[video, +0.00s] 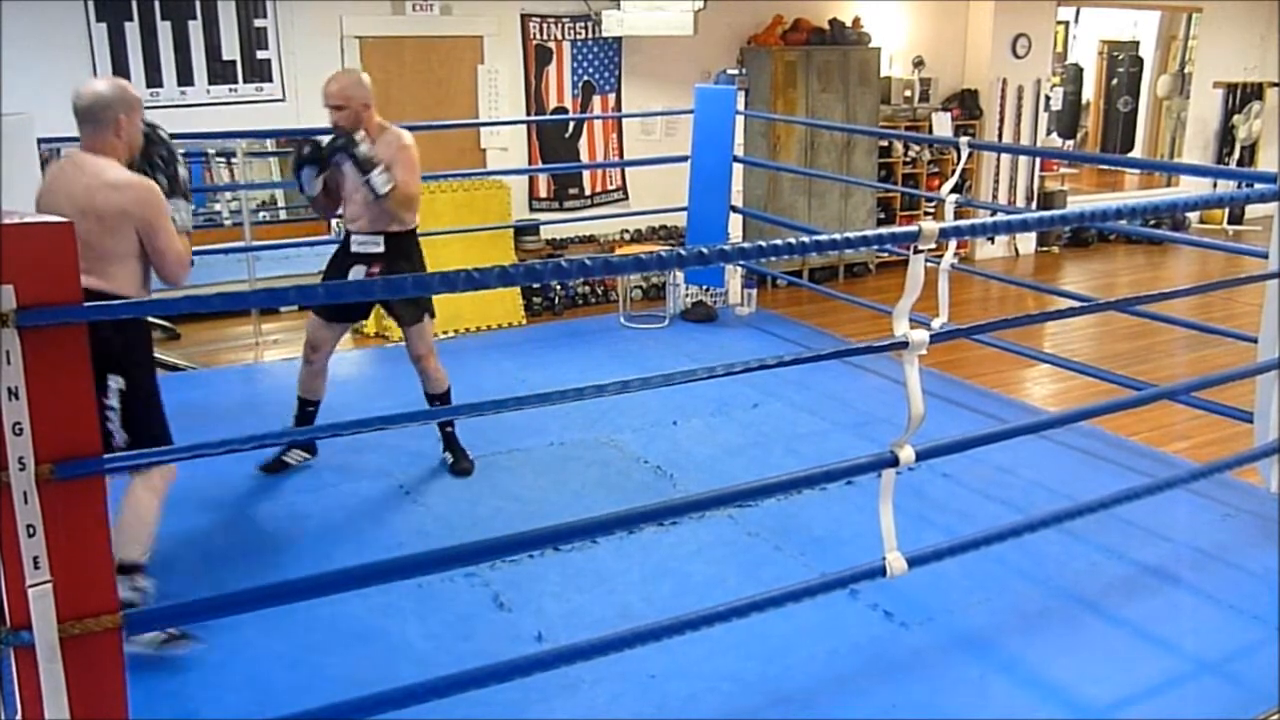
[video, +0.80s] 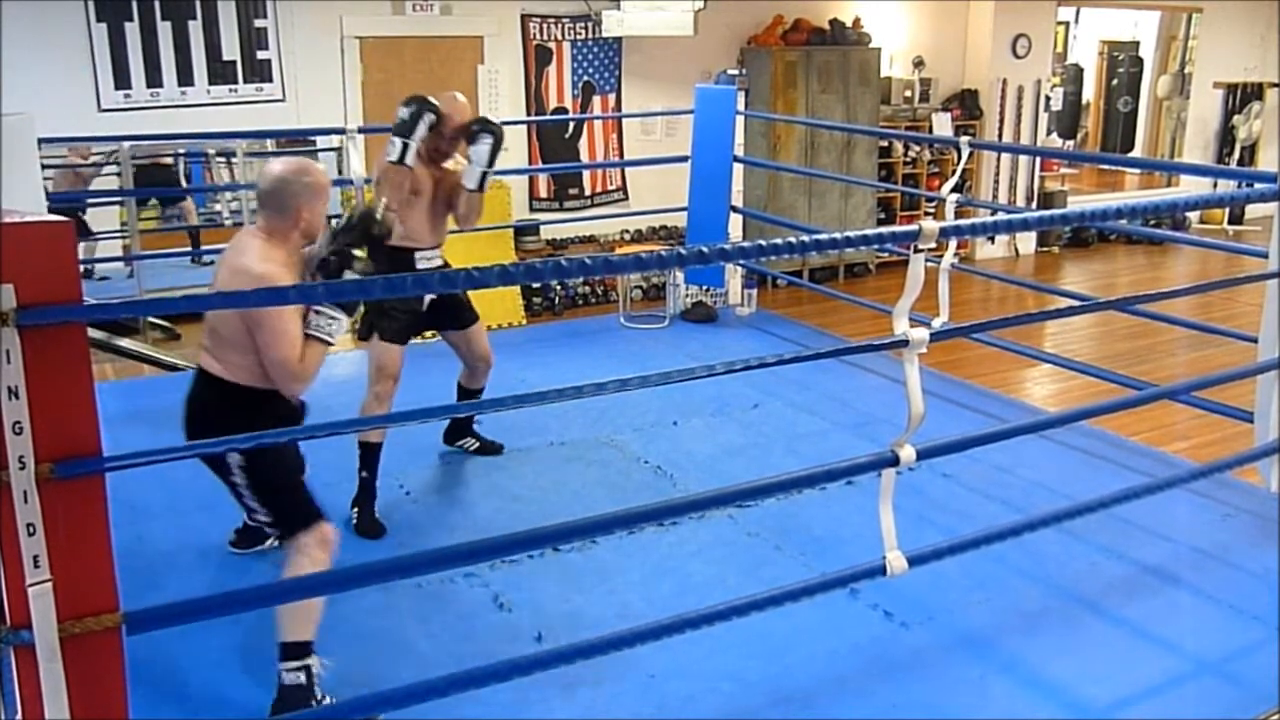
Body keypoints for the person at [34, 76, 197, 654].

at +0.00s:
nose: (142, 129)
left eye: (139, 119)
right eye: (139, 120)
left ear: (85, 123)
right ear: (124, 124)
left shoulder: (53, 177)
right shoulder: (138, 191)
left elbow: (46, 243)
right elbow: (176, 270)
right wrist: (170, 230)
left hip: (55, 324)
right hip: (115, 324)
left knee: (73, 458)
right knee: (154, 459)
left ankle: (64, 574)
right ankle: (127, 571)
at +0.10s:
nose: (162, 147)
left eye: (160, 137)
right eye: (159, 137)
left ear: (102, 138)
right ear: (141, 139)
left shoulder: (63, 193)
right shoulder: (158, 205)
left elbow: (58, 265)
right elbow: (188, 281)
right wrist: (174, 227)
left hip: (73, 345)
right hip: (131, 345)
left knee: (99, 466)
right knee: (169, 486)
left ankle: (92, 559)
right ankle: (170, 638)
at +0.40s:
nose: (221, 159)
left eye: (218, 150)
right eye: (218, 151)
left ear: (163, 155)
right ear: (204, 157)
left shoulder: (136, 207)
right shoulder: (209, 226)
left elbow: (157, 277)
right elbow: (252, 316)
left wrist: (217, 215)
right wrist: (248, 249)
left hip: (134, 365)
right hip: (195, 376)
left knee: (190, 451)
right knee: (216, 526)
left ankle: (184, 537)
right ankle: (170, 676)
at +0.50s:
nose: (250, 160)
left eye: (247, 150)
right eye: (246, 152)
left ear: (193, 154)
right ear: (227, 157)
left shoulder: (169, 200)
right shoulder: (227, 224)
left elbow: (172, 282)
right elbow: (273, 312)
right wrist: (269, 257)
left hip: (155, 360)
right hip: (201, 373)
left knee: (228, 443)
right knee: (238, 522)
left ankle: (247, 528)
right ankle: (177, 659)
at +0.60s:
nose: (279, 183)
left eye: (277, 175)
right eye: (273, 174)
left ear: (223, 179)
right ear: (252, 185)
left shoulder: (204, 215)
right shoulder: (238, 247)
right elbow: (289, 328)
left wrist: (339, 157)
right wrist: (302, 262)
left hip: (192, 374)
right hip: (208, 389)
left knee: (266, 446)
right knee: (286, 510)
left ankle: (262, 526)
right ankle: (214, 645)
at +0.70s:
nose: (318, 201)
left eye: (313, 192)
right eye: (308, 195)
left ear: (268, 207)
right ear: (278, 211)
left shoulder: (240, 234)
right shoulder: (251, 268)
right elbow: (286, 364)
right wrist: (316, 302)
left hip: (231, 388)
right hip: (212, 404)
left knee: (296, 454)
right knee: (302, 513)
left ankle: (253, 531)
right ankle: (273, 665)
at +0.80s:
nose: (327, 216)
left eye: (326, 206)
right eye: (323, 207)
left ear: (277, 208)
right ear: (301, 216)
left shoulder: (253, 240)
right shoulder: (267, 275)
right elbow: (293, 378)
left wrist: (325, 278)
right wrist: (329, 322)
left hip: (233, 398)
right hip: (236, 418)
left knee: (285, 457)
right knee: (314, 537)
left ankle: (257, 526)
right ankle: (296, 686)